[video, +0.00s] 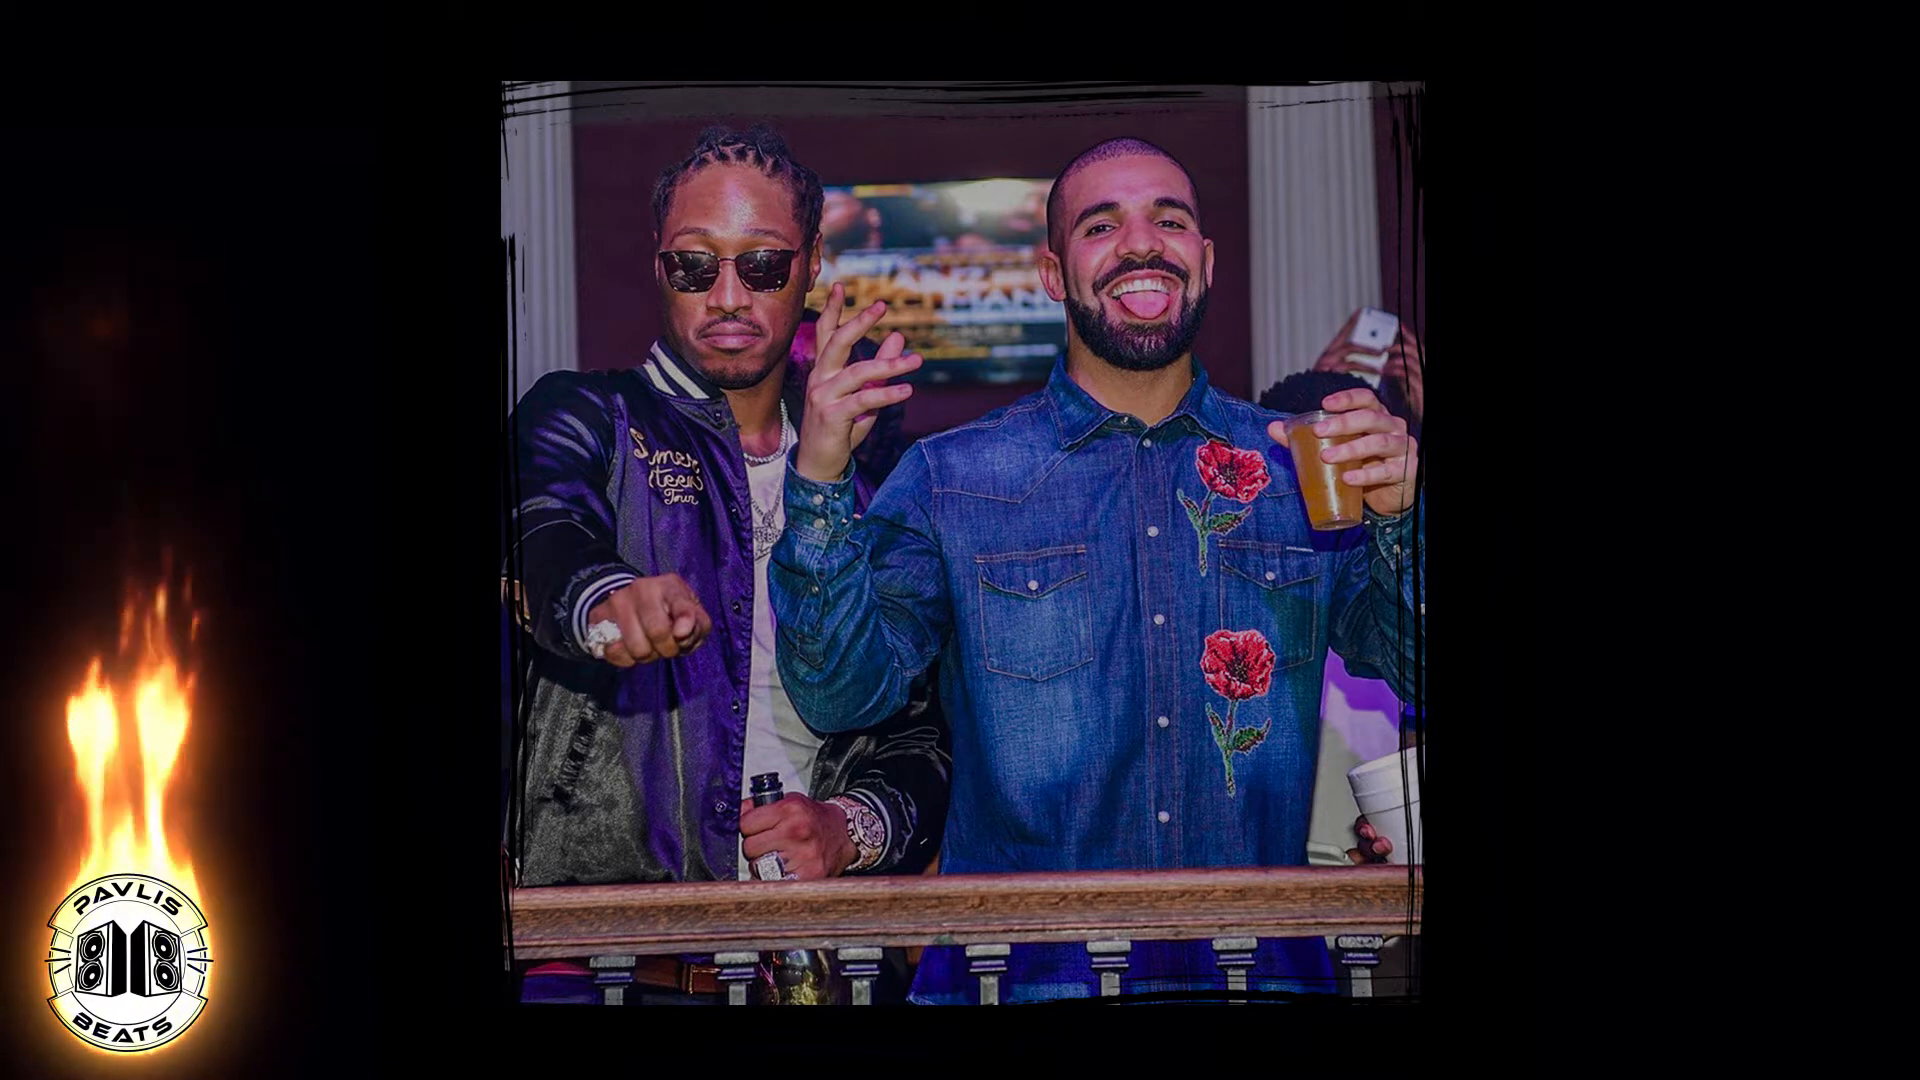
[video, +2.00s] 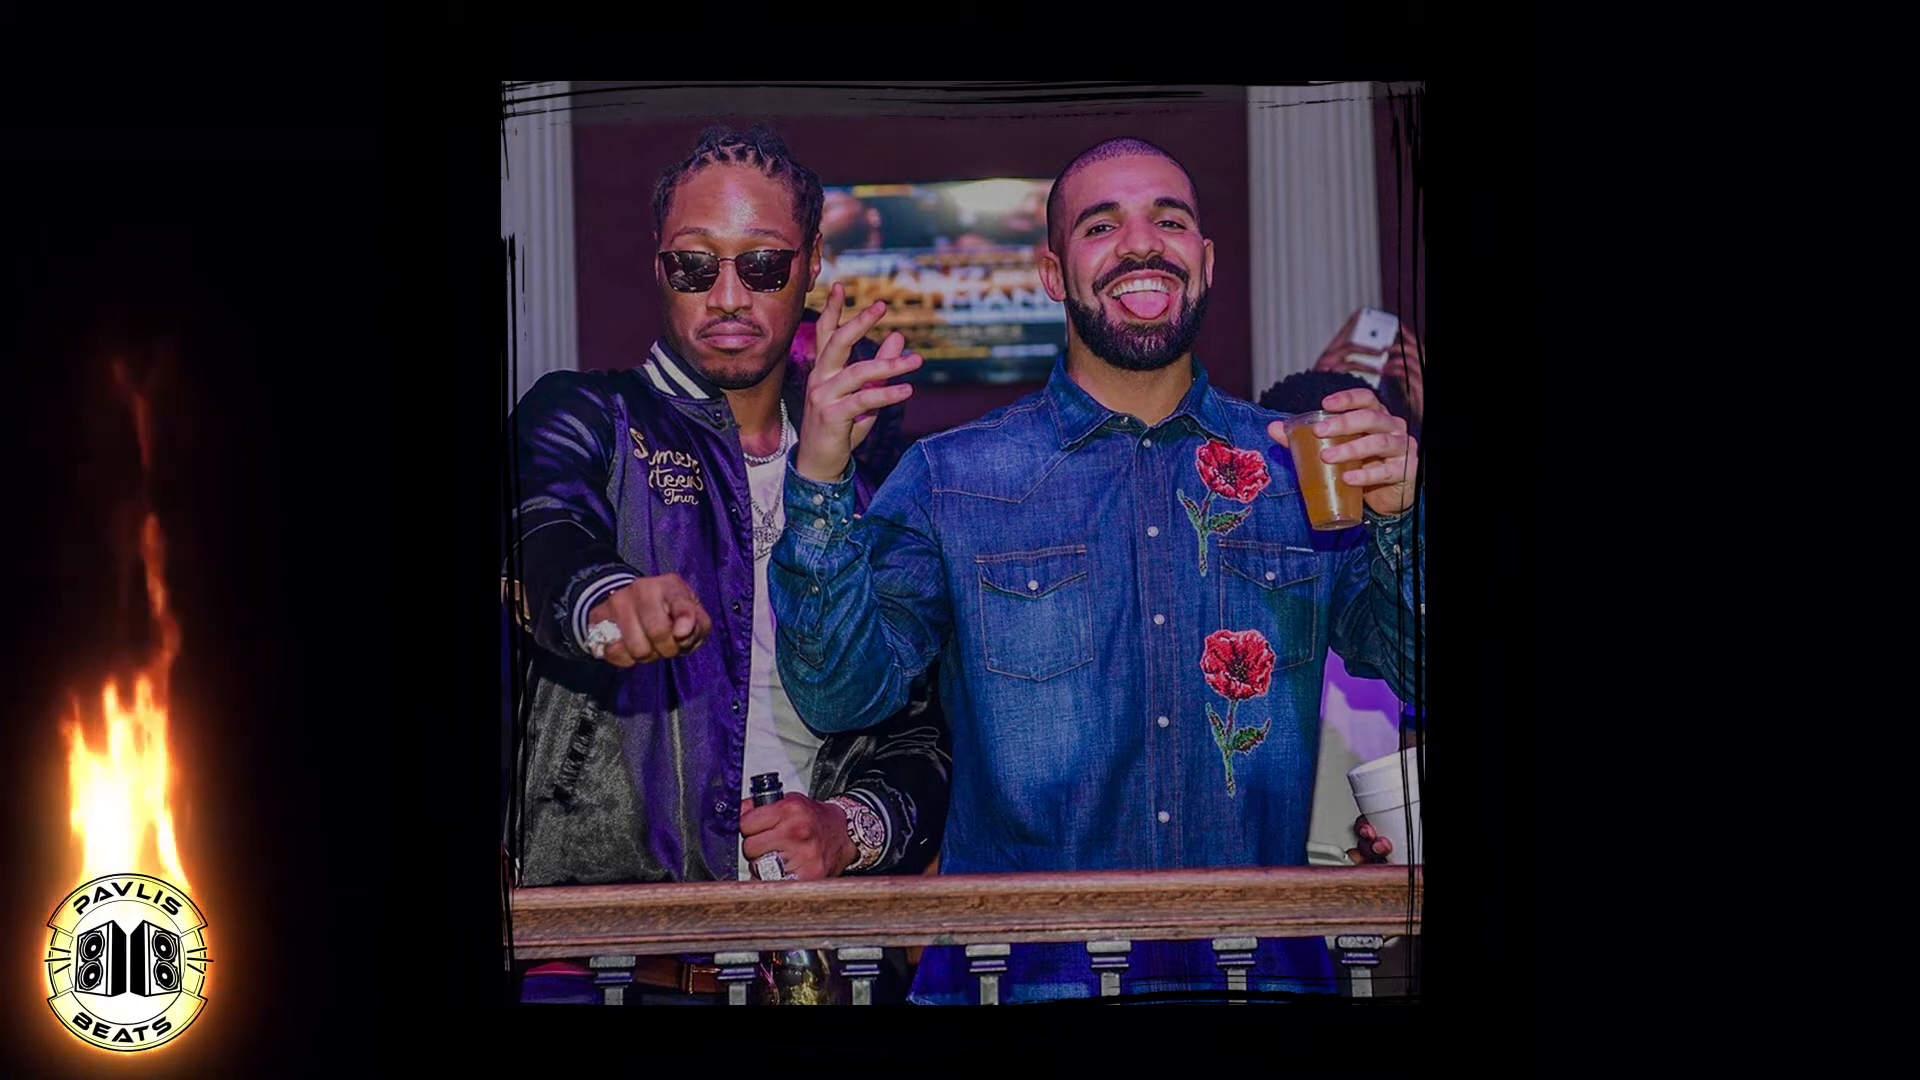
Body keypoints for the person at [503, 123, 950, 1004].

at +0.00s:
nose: (729, 296)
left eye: (763, 266)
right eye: (694, 266)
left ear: (811, 274)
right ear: (658, 272)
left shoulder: (878, 460)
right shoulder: (581, 412)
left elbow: (926, 726)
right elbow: (540, 525)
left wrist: (857, 826)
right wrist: (602, 595)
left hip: (827, 944)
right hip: (605, 943)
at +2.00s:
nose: (729, 296)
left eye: (764, 266)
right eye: (694, 266)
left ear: (811, 274)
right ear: (658, 272)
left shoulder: (878, 460)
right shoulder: (581, 412)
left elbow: (926, 725)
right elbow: (540, 525)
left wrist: (857, 826)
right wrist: (602, 595)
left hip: (827, 944)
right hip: (605, 943)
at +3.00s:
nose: (729, 296)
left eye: (764, 266)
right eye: (694, 266)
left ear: (811, 274)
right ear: (658, 272)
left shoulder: (878, 460)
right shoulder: (581, 412)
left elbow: (926, 725)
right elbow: (540, 525)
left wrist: (857, 826)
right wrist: (602, 595)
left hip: (827, 943)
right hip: (605, 943)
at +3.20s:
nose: (729, 296)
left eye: (764, 266)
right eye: (694, 266)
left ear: (811, 274)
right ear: (658, 272)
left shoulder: (878, 460)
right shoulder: (581, 412)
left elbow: (926, 725)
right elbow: (540, 525)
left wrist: (857, 826)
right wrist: (602, 595)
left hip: (827, 943)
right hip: (605, 943)